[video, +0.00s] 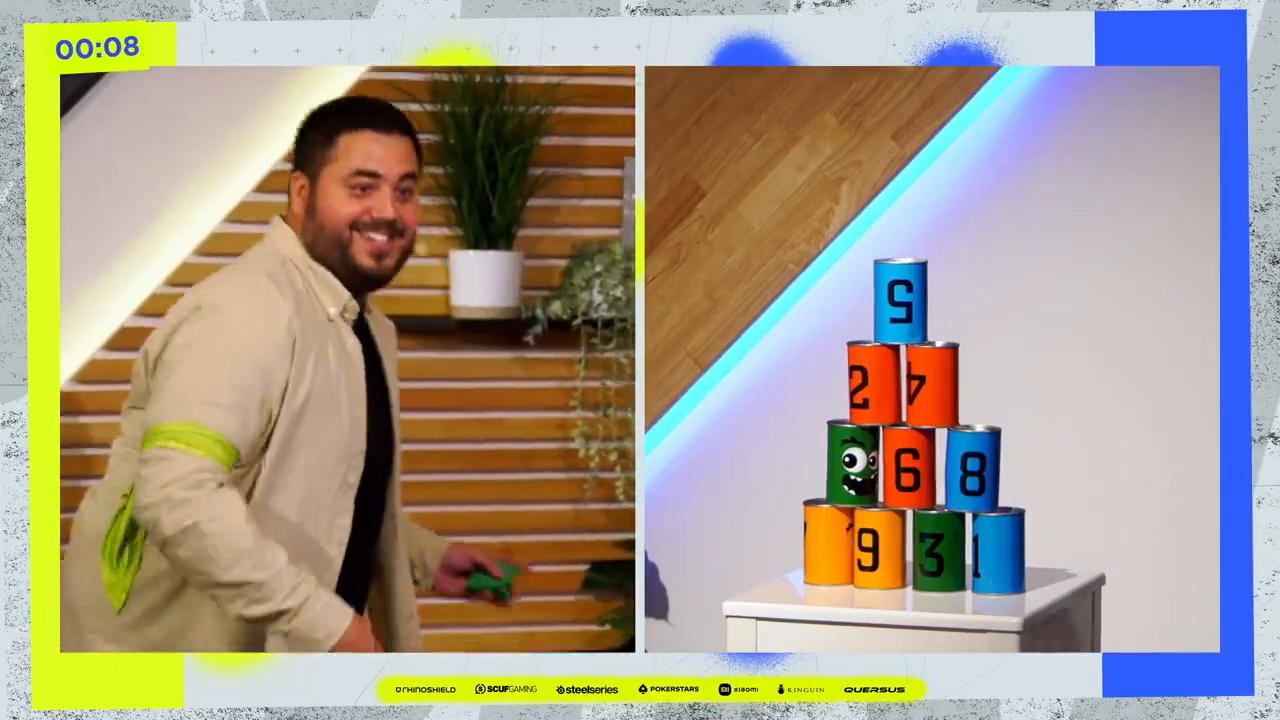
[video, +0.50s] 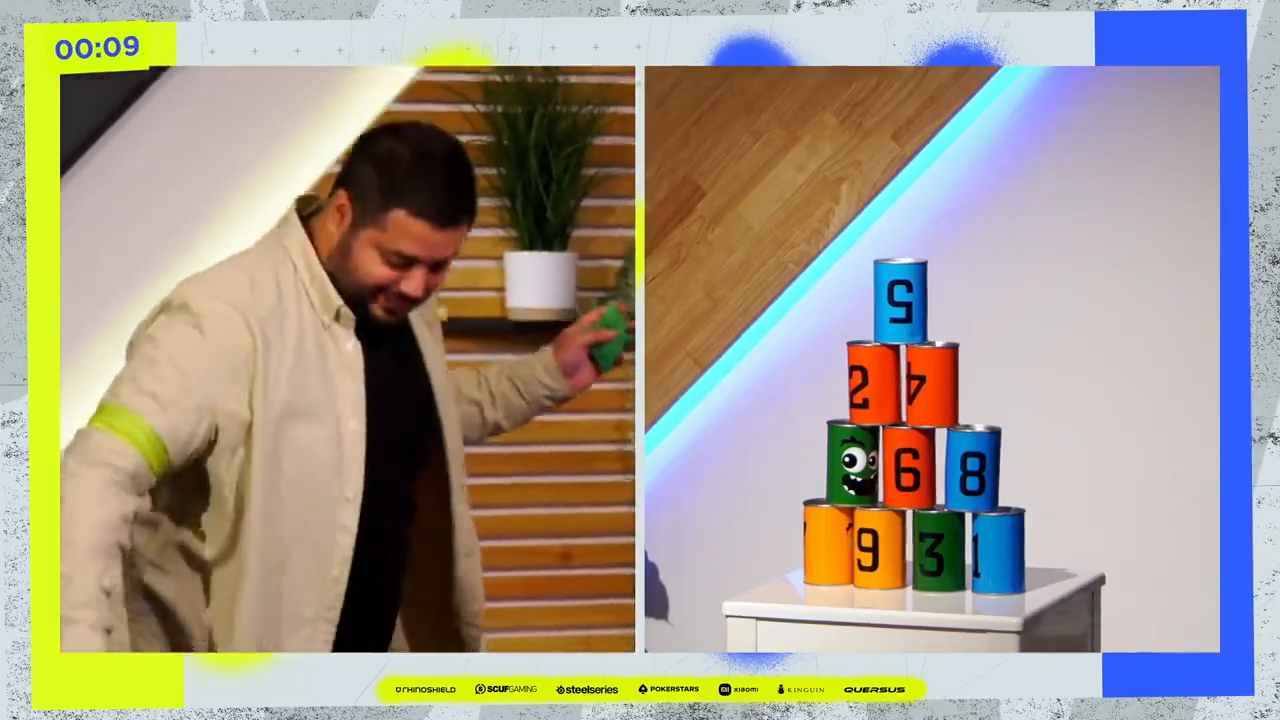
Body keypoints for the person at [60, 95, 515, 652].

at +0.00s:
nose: (388, 212)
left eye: (405, 190)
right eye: (361, 187)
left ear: (418, 202)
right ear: (301, 194)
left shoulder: (367, 321)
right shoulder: (246, 311)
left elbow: (322, 499)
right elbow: (178, 494)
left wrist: (430, 559)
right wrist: (325, 623)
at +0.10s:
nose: (362, 190)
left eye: (379, 168)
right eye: (335, 166)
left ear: (392, 182)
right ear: (275, 178)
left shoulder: (330, 304)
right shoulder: (230, 289)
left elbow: (296, 483)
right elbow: (184, 450)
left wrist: (420, 505)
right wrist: (331, 575)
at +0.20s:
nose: (347, 178)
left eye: (362, 155)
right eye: (318, 155)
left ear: (378, 168)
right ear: (261, 170)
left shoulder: (324, 298)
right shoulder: (220, 275)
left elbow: (319, 464)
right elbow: (169, 417)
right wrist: (289, 535)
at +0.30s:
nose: (359, 194)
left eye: (375, 170)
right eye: (333, 167)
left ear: (391, 172)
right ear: (273, 162)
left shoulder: (350, 291)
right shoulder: (211, 272)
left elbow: (356, 439)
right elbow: (135, 408)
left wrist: (471, 363)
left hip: (324, 638)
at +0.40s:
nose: (392, 244)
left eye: (411, 222)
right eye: (373, 215)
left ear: (427, 210)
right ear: (311, 182)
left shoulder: (370, 286)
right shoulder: (213, 286)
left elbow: (395, 420)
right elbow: (111, 424)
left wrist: (515, 356)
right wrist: (117, 577)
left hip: (360, 649)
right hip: (236, 657)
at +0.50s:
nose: (417, 289)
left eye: (438, 267)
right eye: (399, 260)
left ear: (457, 245)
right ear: (340, 210)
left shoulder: (405, 307)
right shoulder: (226, 314)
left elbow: (419, 424)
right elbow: (98, 475)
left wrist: (551, 374)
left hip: (372, 663)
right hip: (239, 673)